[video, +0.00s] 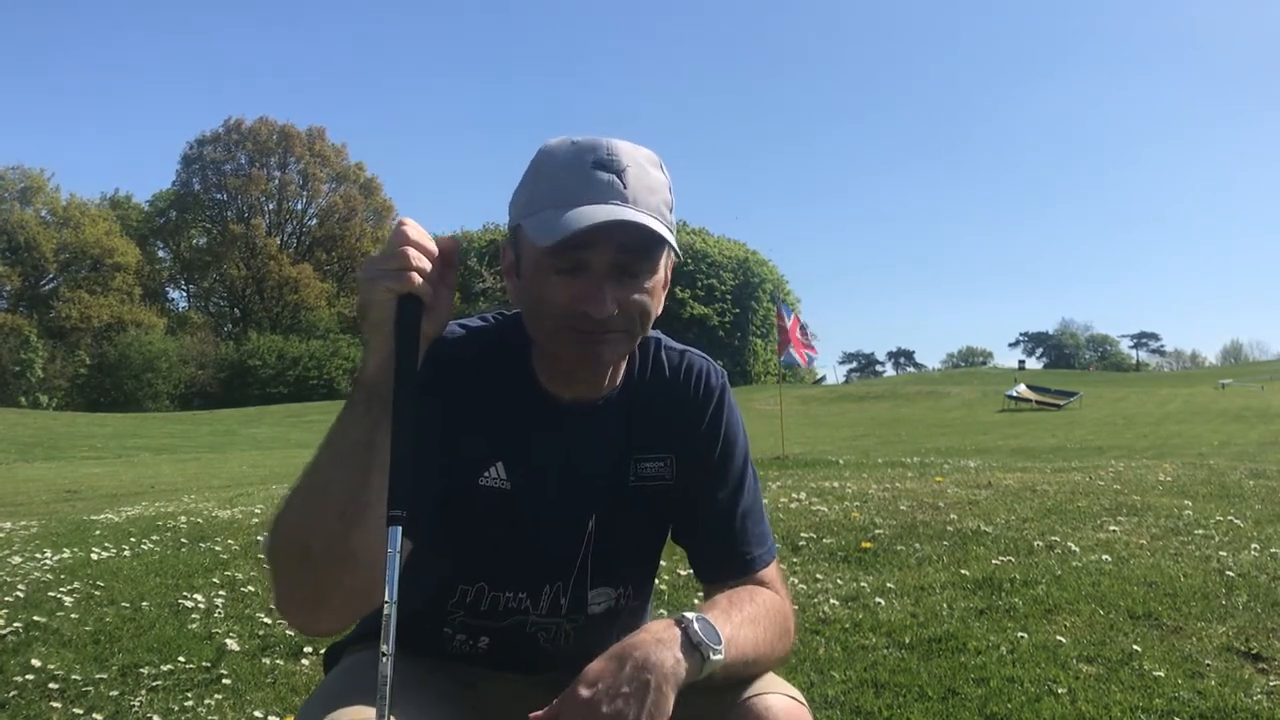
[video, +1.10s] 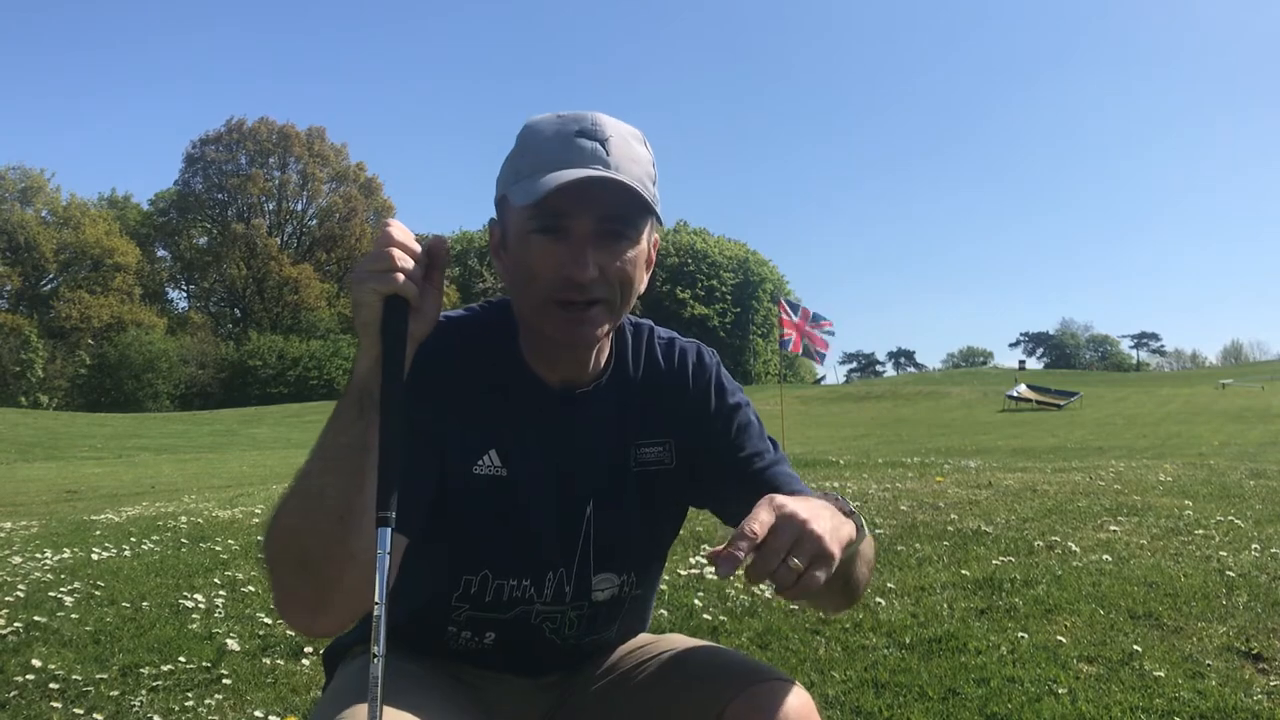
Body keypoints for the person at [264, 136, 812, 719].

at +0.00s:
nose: (600, 302)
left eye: (630, 270)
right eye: (568, 266)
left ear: (665, 280)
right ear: (511, 267)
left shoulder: (689, 391)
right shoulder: (437, 371)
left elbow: (764, 604)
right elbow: (310, 608)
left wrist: (676, 645)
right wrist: (382, 370)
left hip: (612, 670)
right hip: (432, 668)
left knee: (778, 709)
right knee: (344, 711)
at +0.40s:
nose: (609, 316)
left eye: (637, 280)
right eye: (577, 280)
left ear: (666, 277)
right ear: (513, 269)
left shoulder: (690, 390)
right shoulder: (434, 369)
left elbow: (744, 576)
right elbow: (312, 608)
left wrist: (764, 612)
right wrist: (379, 368)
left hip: (606, 669)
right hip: (435, 671)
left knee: (781, 710)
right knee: (355, 713)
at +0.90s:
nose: (595, 283)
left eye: (623, 248)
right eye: (563, 246)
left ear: (654, 258)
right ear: (503, 250)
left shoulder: (682, 378)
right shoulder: (433, 364)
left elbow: (810, 611)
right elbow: (313, 608)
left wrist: (822, 545)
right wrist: (378, 365)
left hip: (604, 666)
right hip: (433, 672)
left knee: (782, 709)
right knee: (373, 715)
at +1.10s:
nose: (584, 268)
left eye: (614, 234)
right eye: (552, 231)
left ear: (650, 253)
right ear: (500, 244)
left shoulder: (682, 376)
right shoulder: (432, 362)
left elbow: (839, 584)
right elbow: (309, 607)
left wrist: (832, 532)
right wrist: (376, 364)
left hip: (605, 665)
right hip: (431, 672)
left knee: (780, 707)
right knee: (368, 713)